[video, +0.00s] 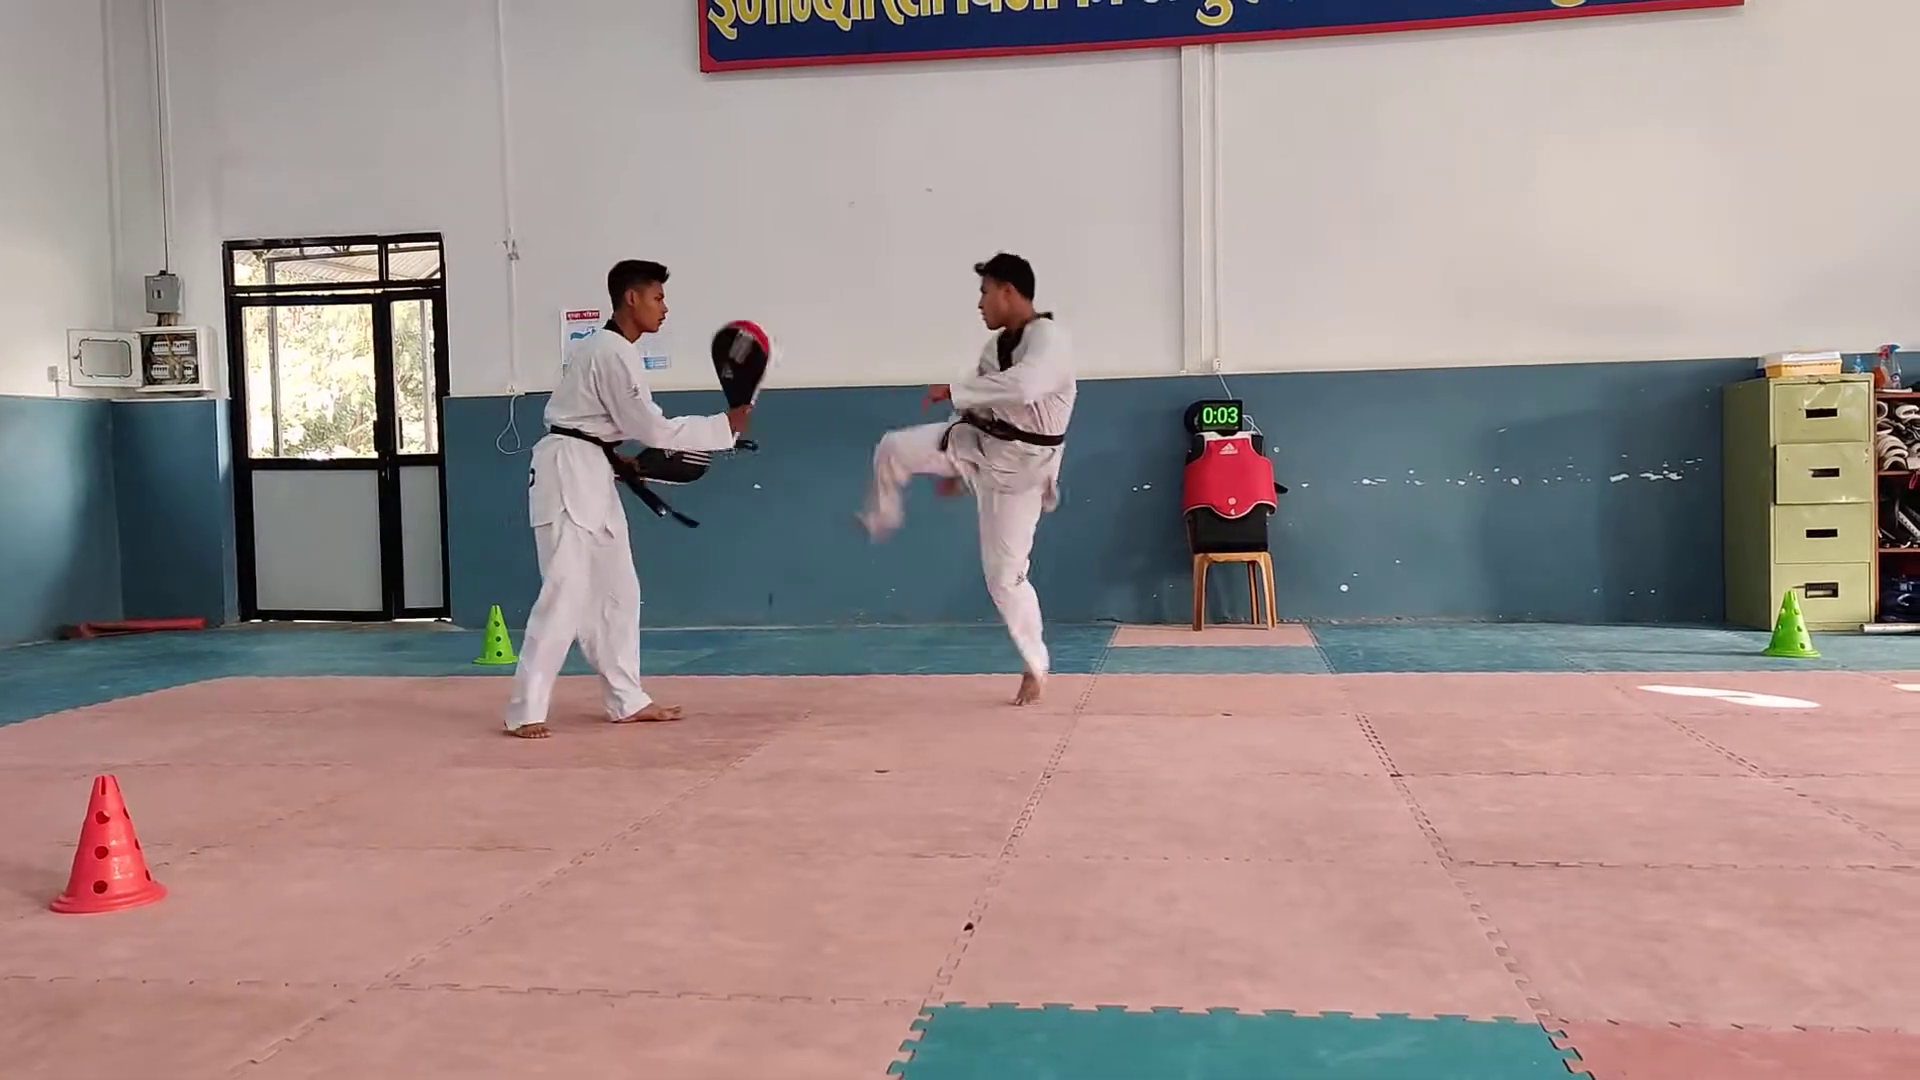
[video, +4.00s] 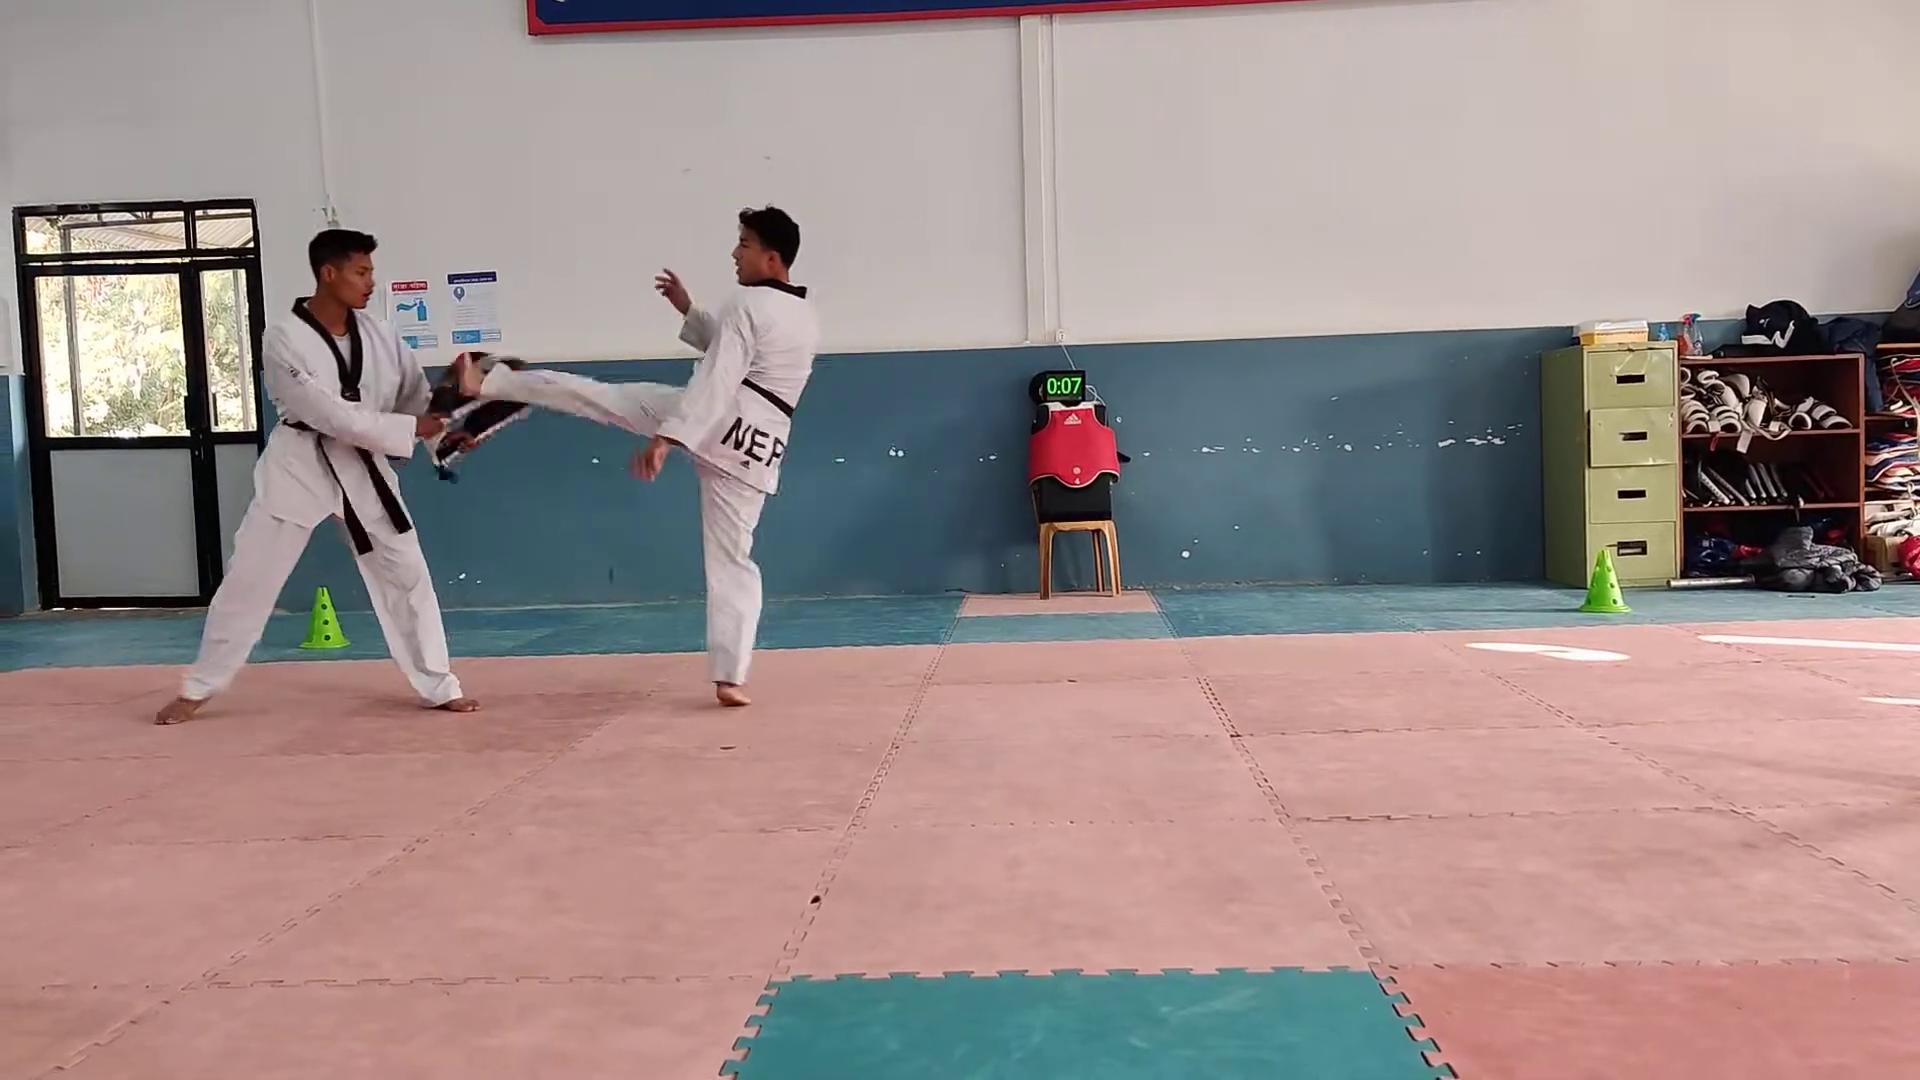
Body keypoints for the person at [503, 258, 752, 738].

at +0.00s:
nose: (664, 307)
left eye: (663, 297)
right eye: (657, 297)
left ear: (629, 302)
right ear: (628, 300)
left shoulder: (601, 347)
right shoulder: (613, 352)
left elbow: (573, 420)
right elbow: (650, 428)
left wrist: (611, 456)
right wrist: (725, 425)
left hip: (589, 470)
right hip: (566, 467)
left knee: (616, 587)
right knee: (566, 587)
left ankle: (626, 700)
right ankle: (525, 712)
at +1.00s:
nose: (773, 289)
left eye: (772, 280)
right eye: (764, 280)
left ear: (748, 286)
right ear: (734, 283)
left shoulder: (773, 344)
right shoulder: (694, 346)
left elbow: (812, 386)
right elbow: (677, 417)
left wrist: (862, 367)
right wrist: (726, 445)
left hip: (759, 477)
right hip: (704, 481)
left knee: (788, 587)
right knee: (721, 594)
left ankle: (816, 707)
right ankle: (736, 708)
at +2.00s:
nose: (612, 298)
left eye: (611, 289)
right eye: (603, 289)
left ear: (588, 295)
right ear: (571, 293)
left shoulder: (602, 348)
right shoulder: (534, 352)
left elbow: (596, 426)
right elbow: (516, 426)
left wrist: (604, 481)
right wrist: (580, 463)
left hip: (588, 480)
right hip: (533, 483)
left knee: (624, 580)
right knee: (515, 590)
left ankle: (671, 684)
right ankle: (485, 701)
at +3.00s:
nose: (592, 287)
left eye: (593, 278)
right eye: (585, 277)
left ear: (567, 281)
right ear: (556, 277)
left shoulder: (571, 346)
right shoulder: (511, 330)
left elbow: (576, 413)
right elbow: (537, 402)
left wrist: (617, 430)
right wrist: (607, 395)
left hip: (525, 450)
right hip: (480, 443)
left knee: (554, 564)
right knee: (464, 563)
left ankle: (582, 683)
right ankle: (416, 685)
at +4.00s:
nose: (371, 282)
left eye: (371, 272)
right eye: (362, 273)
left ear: (348, 276)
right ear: (327, 274)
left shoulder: (377, 332)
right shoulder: (285, 337)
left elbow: (414, 397)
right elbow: (322, 411)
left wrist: (455, 397)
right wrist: (411, 427)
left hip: (365, 462)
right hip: (299, 464)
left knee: (406, 570)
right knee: (250, 573)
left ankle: (439, 684)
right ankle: (197, 689)